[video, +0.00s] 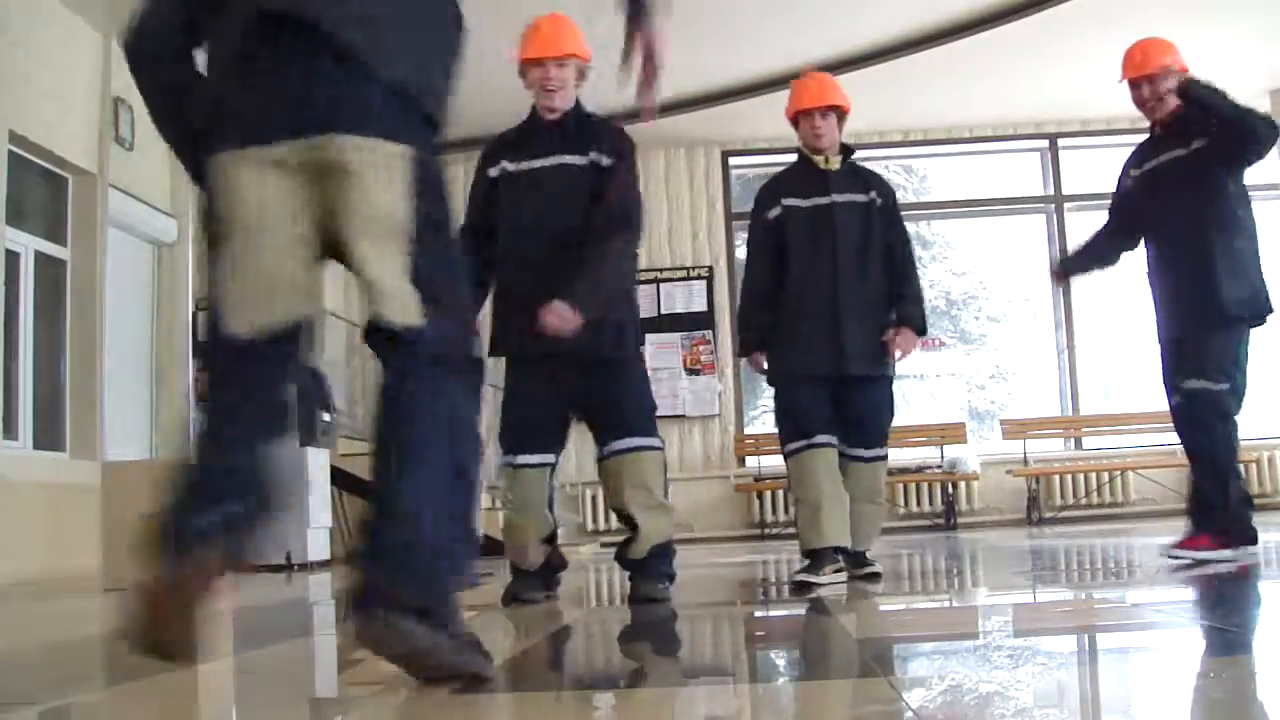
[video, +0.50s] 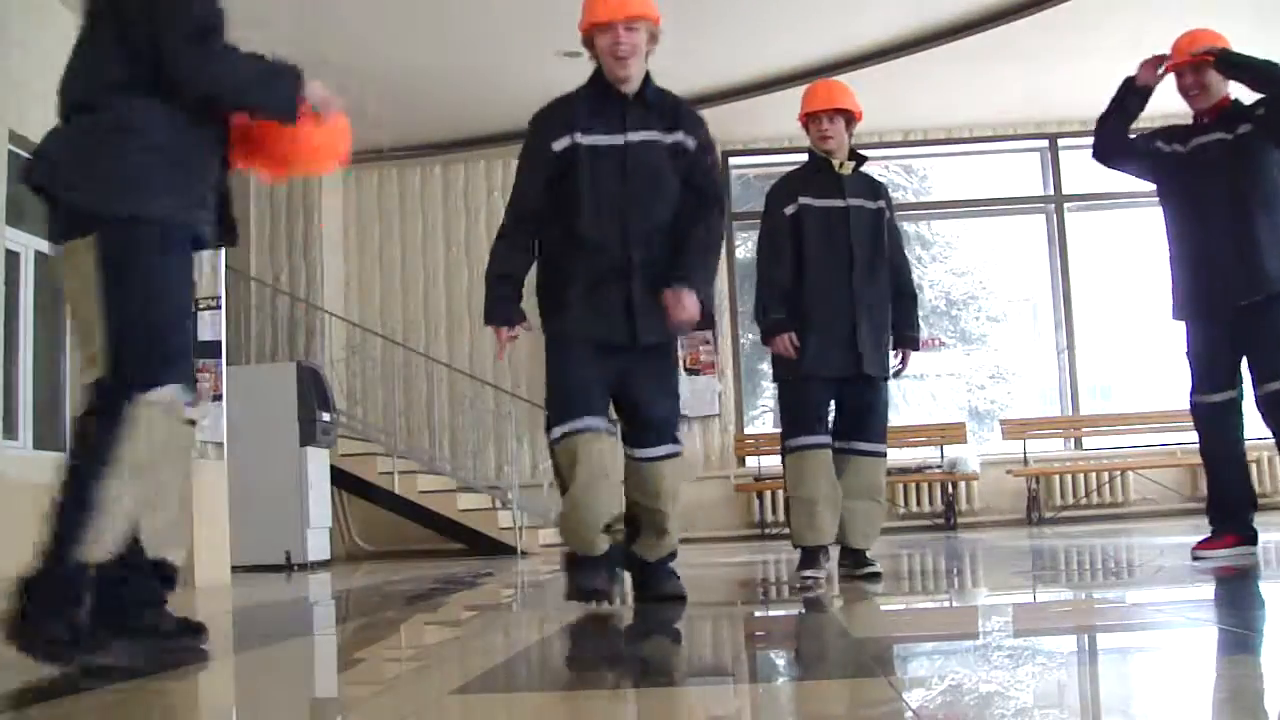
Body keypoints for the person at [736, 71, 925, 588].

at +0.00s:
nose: (817, 125)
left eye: (826, 115)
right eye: (806, 117)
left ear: (842, 120)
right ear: (794, 125)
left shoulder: (874, 188)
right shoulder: (774, 193)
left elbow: (901, 261)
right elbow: (759, 272)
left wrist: (909, 319)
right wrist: (753, 338)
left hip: (865, 344)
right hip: (798, 347)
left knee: (865, 451)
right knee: (811, 450)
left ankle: (861, 549)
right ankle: (824, 551)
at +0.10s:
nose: (824, 128)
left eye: (833, 117)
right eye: (813, 120)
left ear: (847, 123)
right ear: (800, 128)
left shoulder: (876, 191)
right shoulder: (780, 193)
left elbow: (901, 261)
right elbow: (760, 268)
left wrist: (911, 321)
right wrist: (752, 331)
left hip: (865, 343)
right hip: (802, 346)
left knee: (867, 448)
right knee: (813, 448)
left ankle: (860, 547)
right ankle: (822, 549)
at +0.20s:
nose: (825, 127)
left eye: (833, 117)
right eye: (814, 119)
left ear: (848, 122)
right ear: (803, 127)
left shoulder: (875, 189)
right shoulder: (784, 190)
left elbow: (899, 261)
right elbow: (763, 263)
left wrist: (910, 323)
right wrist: (755, 323)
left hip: (865, 339)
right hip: (803, 341)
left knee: (866, 444)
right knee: (814, 444)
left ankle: (858, 548)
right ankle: (822, 547)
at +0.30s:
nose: (825, 127)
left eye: (834, 118)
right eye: (815, 120)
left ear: (850, 123)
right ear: (805, 127)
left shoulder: (874, 191)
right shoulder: (786, 190)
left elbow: (897, 263)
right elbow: (766, 261)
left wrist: (908, 325)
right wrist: (760, 320)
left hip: (867, 341)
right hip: (806, 342)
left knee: (866, 447)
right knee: (816, 449)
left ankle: (857, 549)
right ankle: (819, 549)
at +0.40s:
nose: (825, 128)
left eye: (834, 118)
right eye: (816, 120)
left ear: (851, 124)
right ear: (805, 128)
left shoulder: (875, 192)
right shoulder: (787, 190)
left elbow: (896, 265)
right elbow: (769, 263)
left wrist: (904, 327)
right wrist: (769, 321)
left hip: (867, 341)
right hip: (807, 341)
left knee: (866, 449)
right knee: (814, 448)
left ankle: (856, 549)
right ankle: (816, 549)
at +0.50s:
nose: (825, 129)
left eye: (835, 119)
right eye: (816, 121)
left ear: (851, 125)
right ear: (804, 129)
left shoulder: (874, 192)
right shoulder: (787, 192)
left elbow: (896, 264)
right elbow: (772, 264)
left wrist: (905, 326)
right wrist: (775, 322)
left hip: (865, 341)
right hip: (805, 342)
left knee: (863, 448)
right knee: (808, 447)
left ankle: (857, 547)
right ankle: (813, 548)